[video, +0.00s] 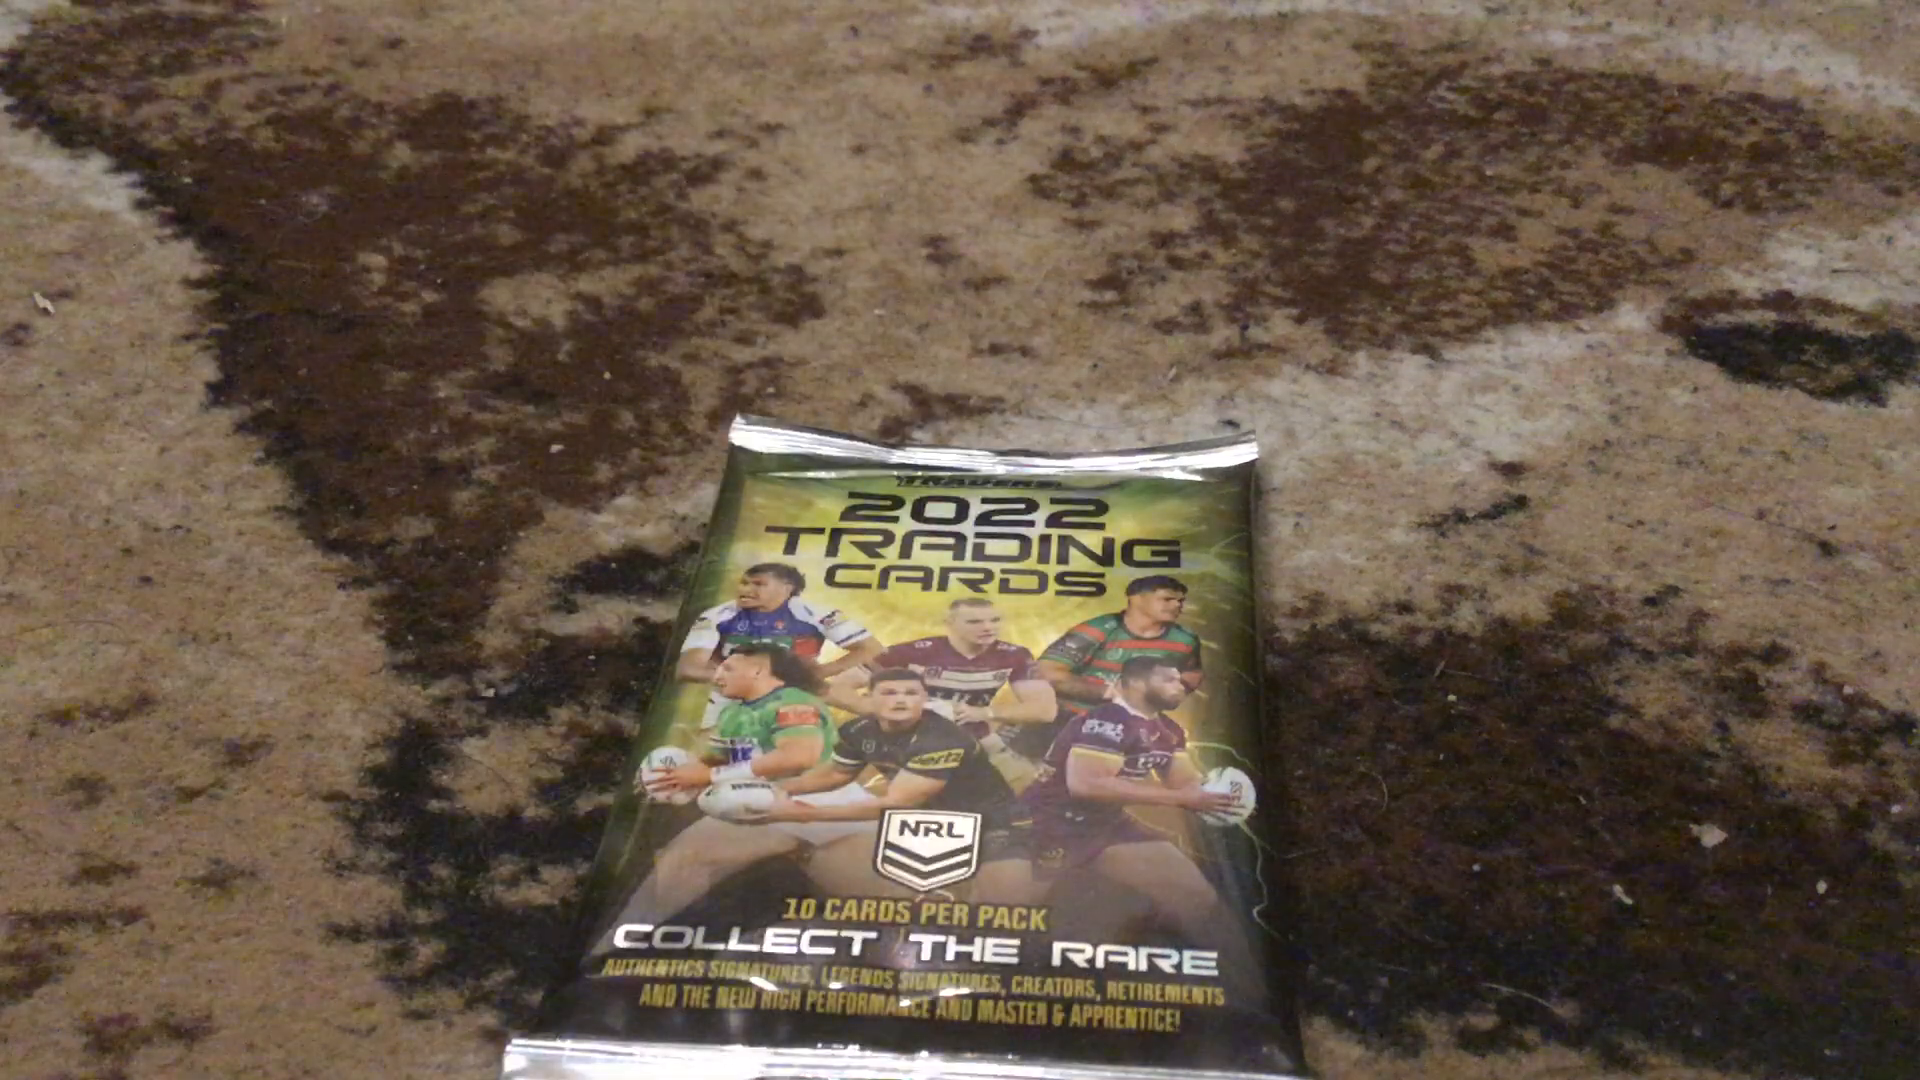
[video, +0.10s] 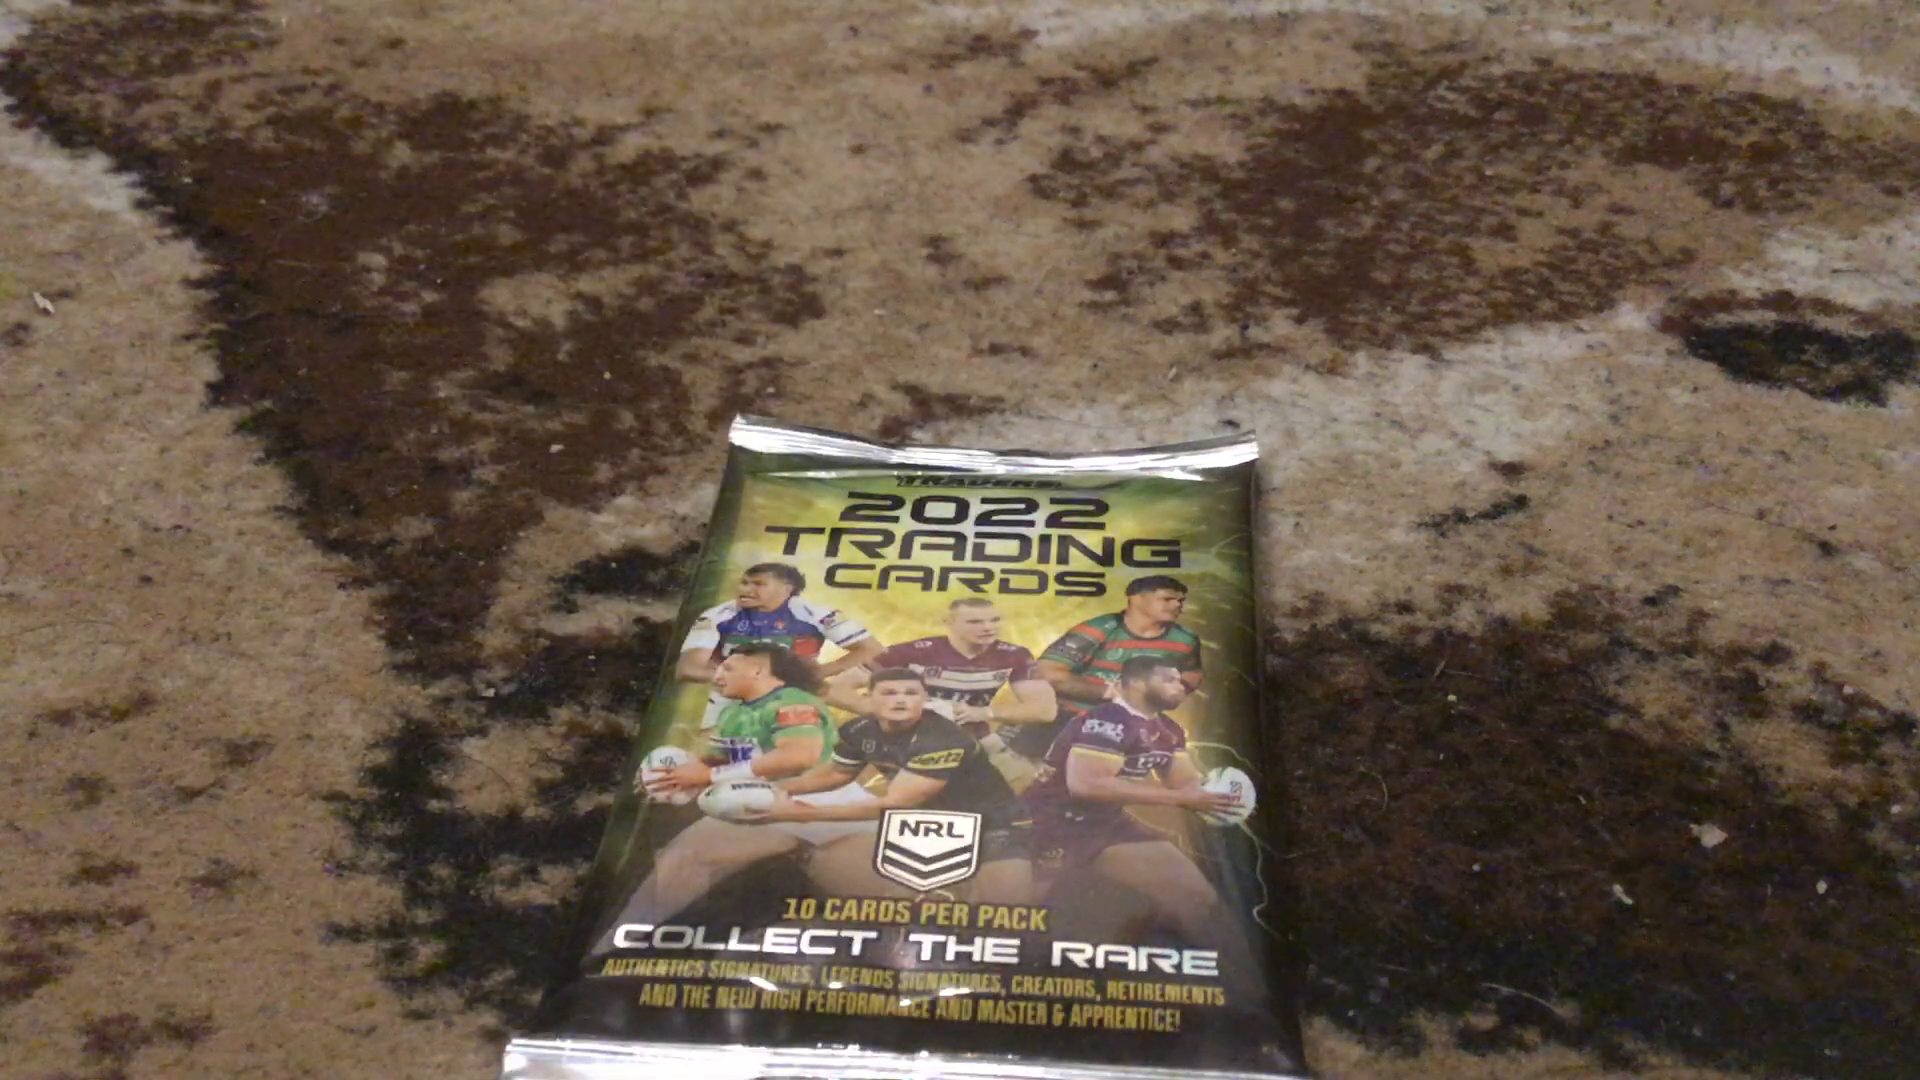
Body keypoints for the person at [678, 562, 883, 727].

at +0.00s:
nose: (748, 590)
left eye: (759, 584)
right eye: (746, 583)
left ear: (787, 589)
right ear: (741, 584)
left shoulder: (808, 614)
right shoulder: (720, 617)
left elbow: (871, 648)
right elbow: (687, 668)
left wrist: (820, 671)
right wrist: (739, 674)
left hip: (787, 719)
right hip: (725, 717)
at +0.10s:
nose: (748, 590)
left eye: (759, 584)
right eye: (745, 583)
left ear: (787, 589)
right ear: (740, 584)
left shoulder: (808, 614)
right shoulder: (719, 616)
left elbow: (871, 649)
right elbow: (688, 668)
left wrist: (817, 672)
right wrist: (741, 675)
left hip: (786, 719)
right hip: (724, 717)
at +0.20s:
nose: (748, 590)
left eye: (759, 584)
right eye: (746, 584)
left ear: (788, 589)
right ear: (740, 584)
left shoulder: (809, 615)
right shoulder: (720, 616)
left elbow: (871, 649)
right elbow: (688, 668)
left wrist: (819, 672)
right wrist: (740, 674)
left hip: (785, 719)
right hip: (724, 717)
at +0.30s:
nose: (748, 590)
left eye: (759, 584)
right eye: (746, 584)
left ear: (788, 589)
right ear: (741, 584)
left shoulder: (810, 616)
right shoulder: (719, 616)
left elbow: (871, 649)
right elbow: (687, 668)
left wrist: (818, 672)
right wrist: (740, 674)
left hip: (786, 720)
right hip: (724, 718)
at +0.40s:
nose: (748, 590)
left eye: (759, 584)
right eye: (745, 583)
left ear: (787, 589)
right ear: (740, 584)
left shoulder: (809, 615)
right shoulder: (719, 616)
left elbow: (871, 648)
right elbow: (687, 669)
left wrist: (821, 671)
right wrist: (738, 672)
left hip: (785, 721)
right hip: (724, 718)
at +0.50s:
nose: (748, 590)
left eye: (759, 584)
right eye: (746, 583)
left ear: (788, 588)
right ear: (741, 584)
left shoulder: (809, 614)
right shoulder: (719, 616)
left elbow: (871, 648)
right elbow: (687, 669)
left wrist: (820, 671)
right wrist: (740, 673)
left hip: (787, 721)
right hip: (724, 719)